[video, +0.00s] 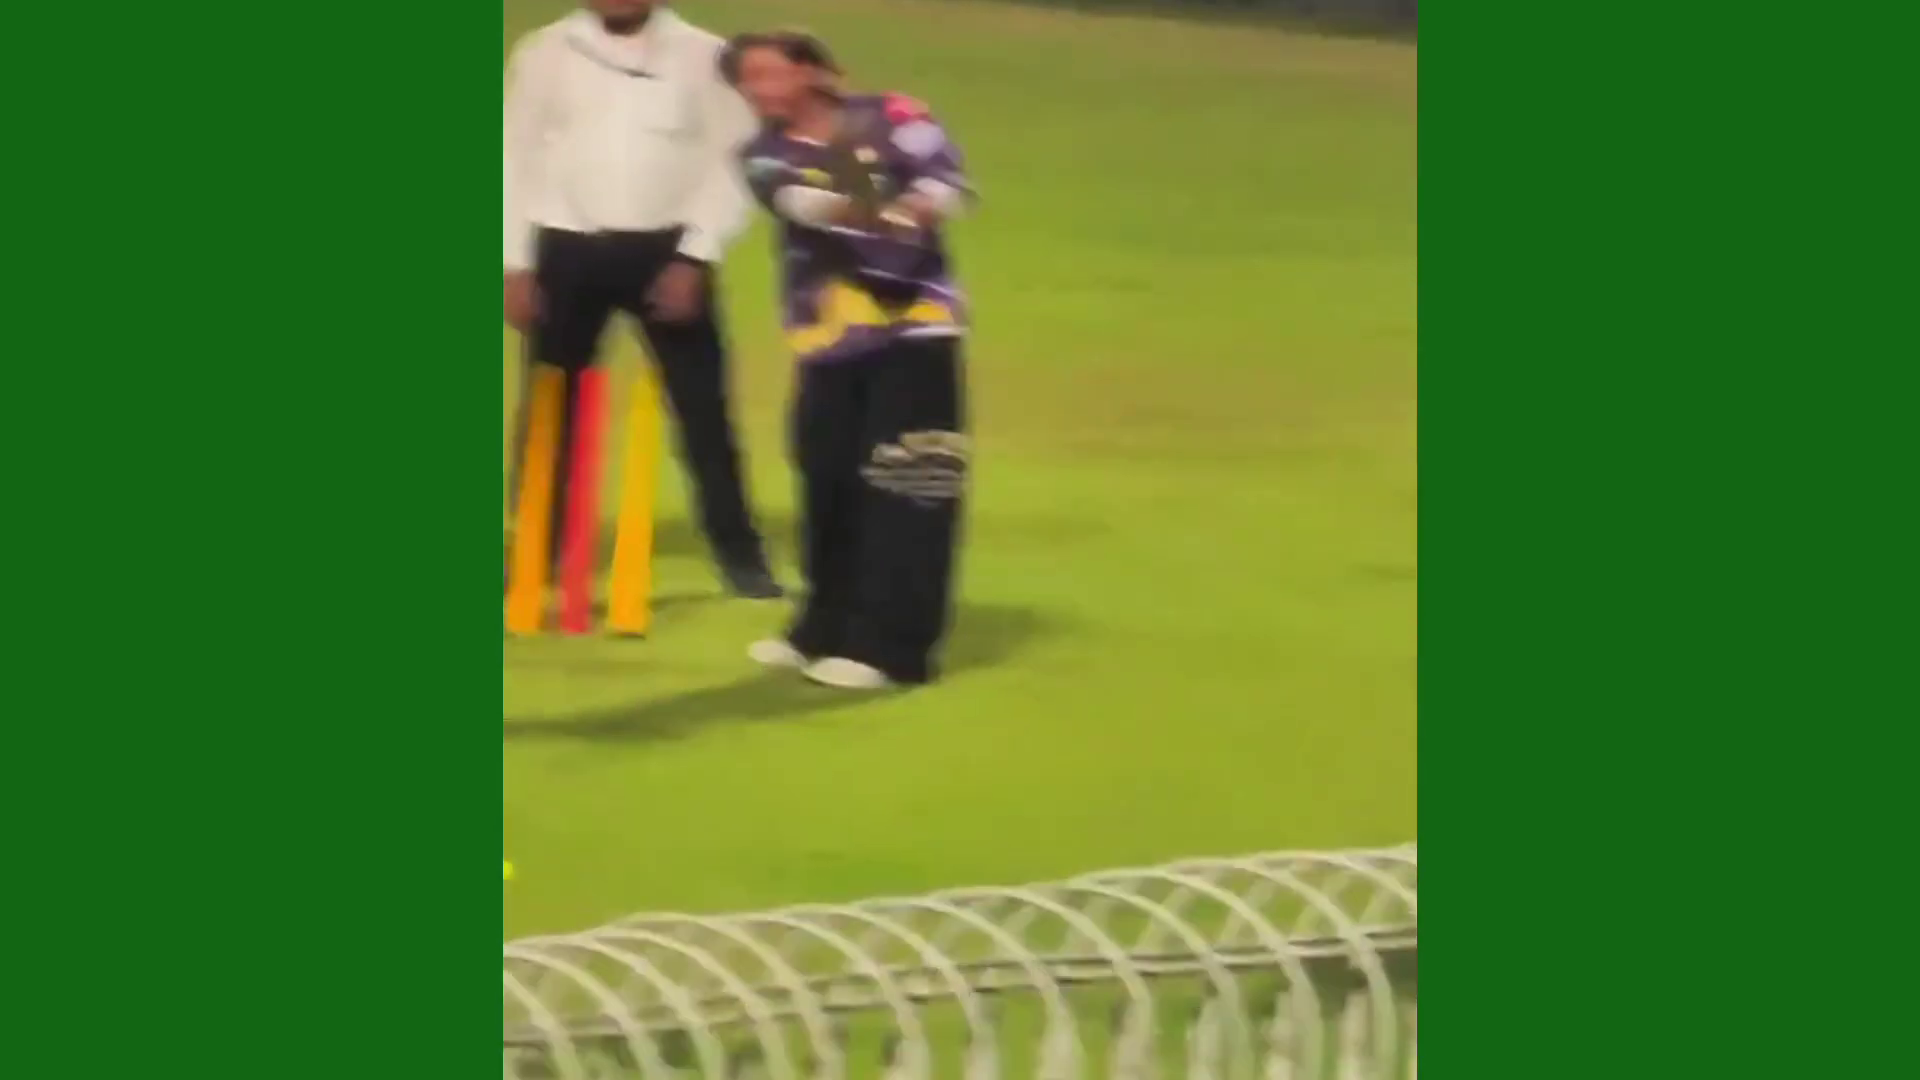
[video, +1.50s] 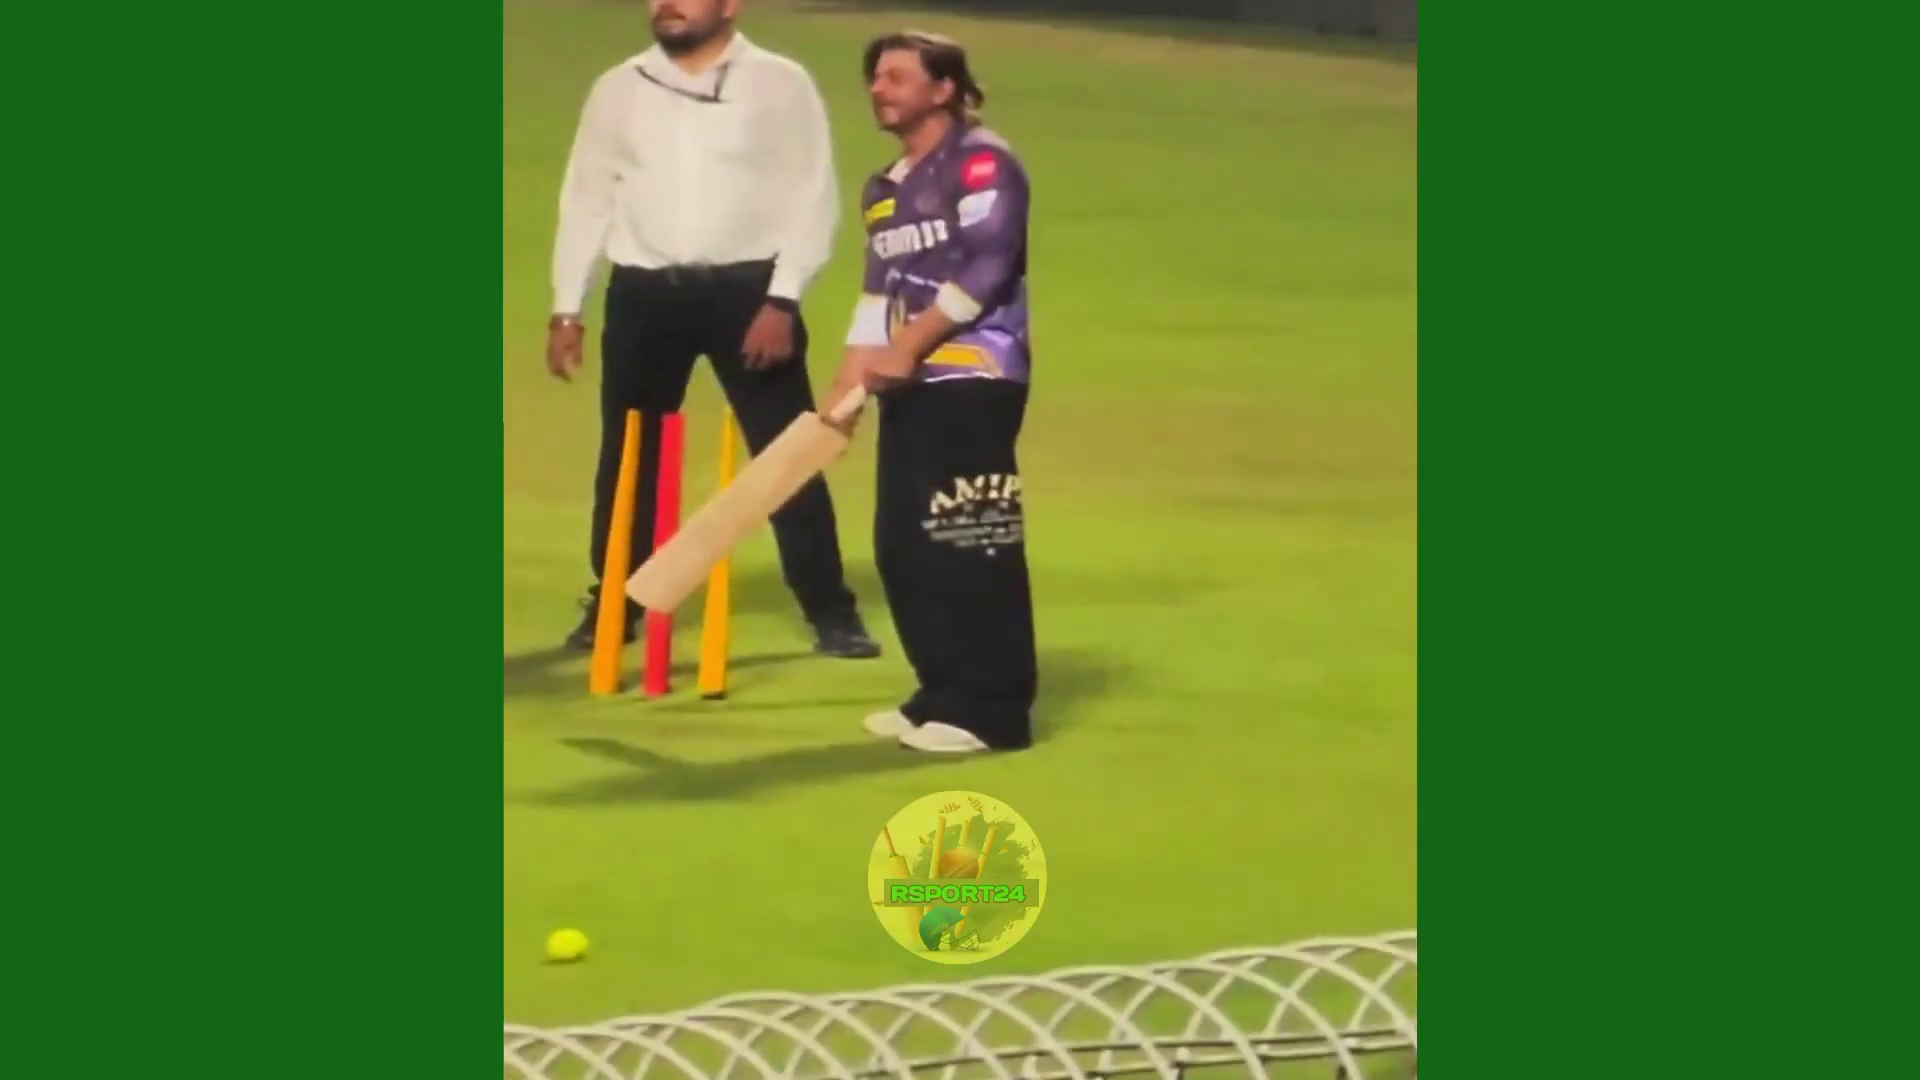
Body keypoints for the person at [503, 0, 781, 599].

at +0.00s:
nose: (618, 0)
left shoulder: (706, 58)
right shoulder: (540, 56)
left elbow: (737, 164)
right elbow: (516, 163)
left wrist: (695, 255)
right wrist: (518, 265)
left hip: (664, 253)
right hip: (569, 251)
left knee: (705, 417)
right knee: (551, 419)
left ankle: (742, 563)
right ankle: (545, 563)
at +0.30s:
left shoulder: (764, 66)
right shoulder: (594, 66)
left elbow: (796, 181)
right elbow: (556, 175)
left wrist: (784, 287)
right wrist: (541, 282)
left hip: (730, 279)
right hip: (621, 281)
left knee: (766, 445)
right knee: (598, 447)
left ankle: (807, 598)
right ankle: (582, 599)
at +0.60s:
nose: (626, 5)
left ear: (684, 4)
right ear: (610, 7)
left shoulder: (742, 80)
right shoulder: (576, 86)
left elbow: (776, 193)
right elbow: (542, 196)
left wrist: (757, 298)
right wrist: (533, 304)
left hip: (714, 293)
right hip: (607, 297)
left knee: (751, 456)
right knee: (583, 462)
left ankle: (791, 613)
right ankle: (568, 614)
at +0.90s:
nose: (614, 4)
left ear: (676, 4)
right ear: (601, 10)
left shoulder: (734, 79)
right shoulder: (570, 88)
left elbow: (768, 191)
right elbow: (539, 197)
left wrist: (736, 293)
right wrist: (532, 307)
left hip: (704, 294)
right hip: (600, 298)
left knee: (745, 456)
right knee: (579, 463)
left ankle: (787, 614)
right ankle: (566, 617)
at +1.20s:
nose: (644, 2)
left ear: (701, 4)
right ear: (627, 6)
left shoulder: (760, 79)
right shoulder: (595, 85)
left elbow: (791, 191)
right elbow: (560, 195)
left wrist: (758, 290)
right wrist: (547, 303)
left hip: (724, 290)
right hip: (622, 293)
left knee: (769, 454)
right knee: (605, 459)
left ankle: (813, 612)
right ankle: (590, 616)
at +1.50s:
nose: (666, 4)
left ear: (727, 6)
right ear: (651, 8)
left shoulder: (784, 85)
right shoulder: (618, 90)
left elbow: (815, 197)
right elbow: (584, 200)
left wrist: (784, 299)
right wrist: (568, 307)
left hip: (748, 298)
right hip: (645, 301)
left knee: (791, 457)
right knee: (626, 462)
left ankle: (832, 615)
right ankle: (614, 610)